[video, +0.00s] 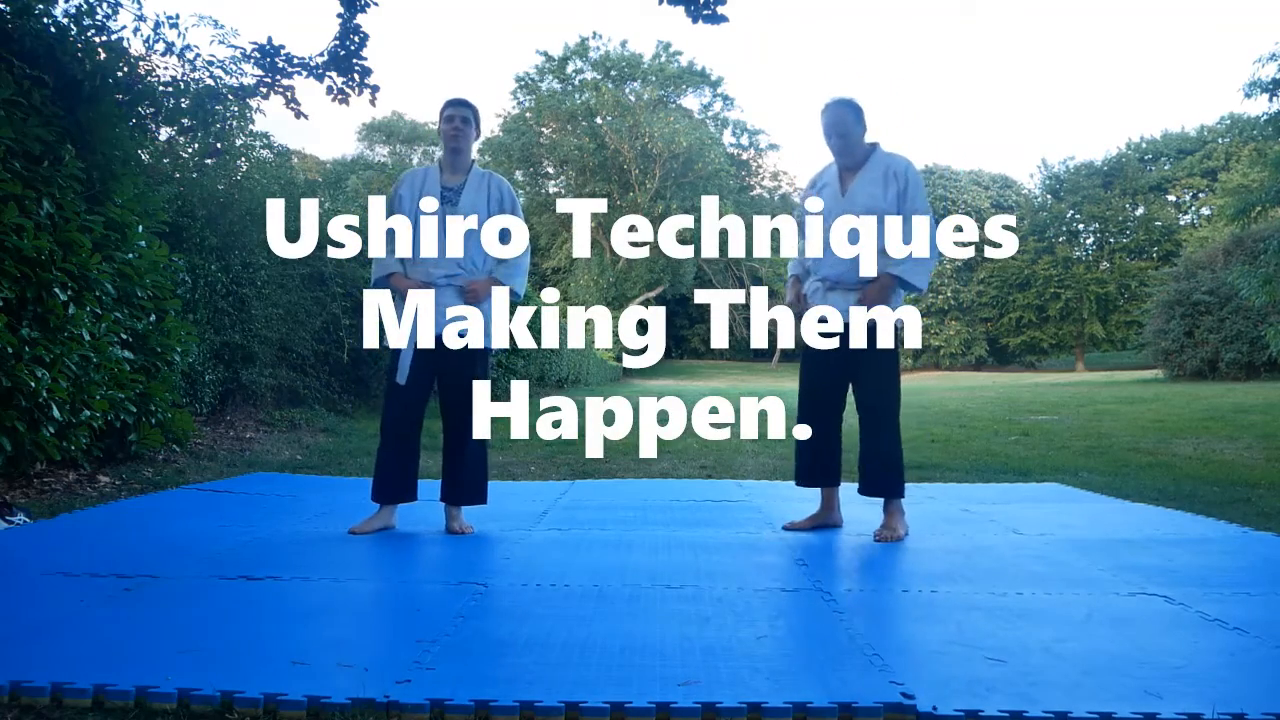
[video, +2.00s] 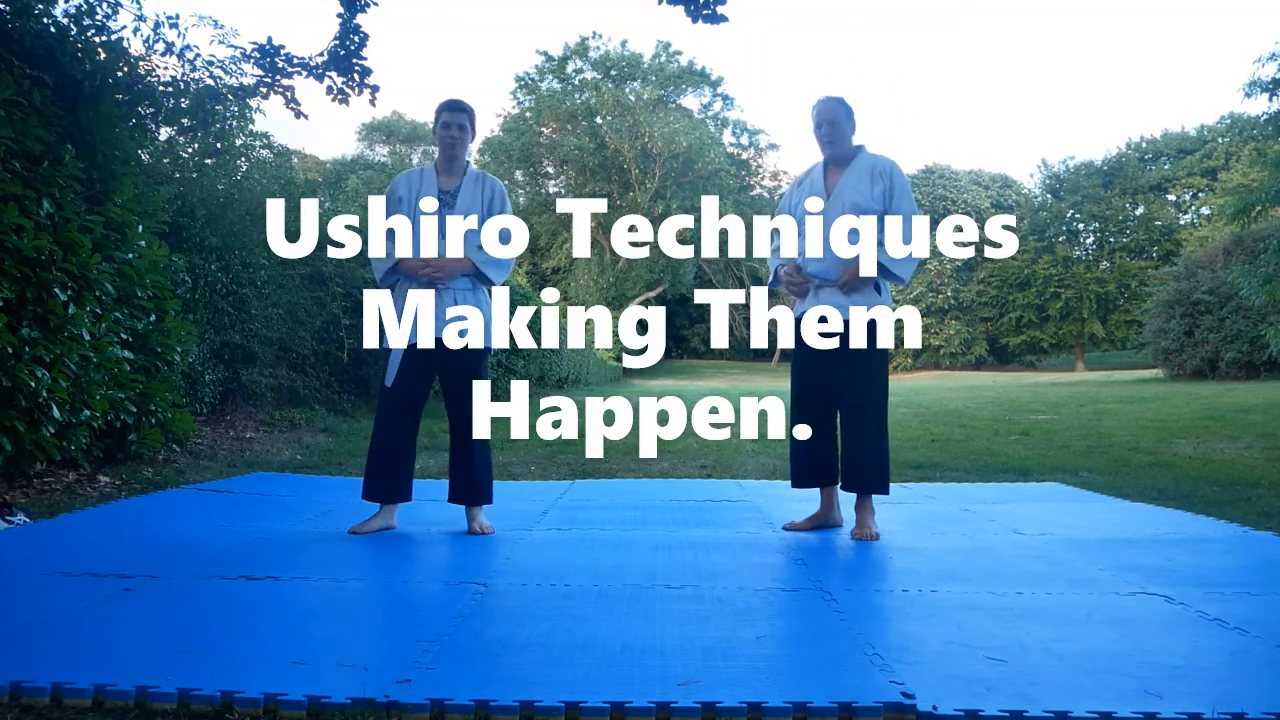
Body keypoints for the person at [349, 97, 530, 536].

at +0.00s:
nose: (455, 127)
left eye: (463, 122)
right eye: (448, 121)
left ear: (476, 133)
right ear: (438, 130)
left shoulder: (498, 188)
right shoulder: (410, 183)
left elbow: (517, 249)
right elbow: (386, 238)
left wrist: (492, 283)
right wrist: (397, 277)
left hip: (470, 313)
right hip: (415, 310)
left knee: (463, 412)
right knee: (400, 408)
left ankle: (455, 509)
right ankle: (387, 508)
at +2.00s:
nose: (452, 133)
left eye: (460, 127)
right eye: (446, 126)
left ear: (473, 137)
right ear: (434, 132)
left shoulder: (490, 188)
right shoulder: (405, 183)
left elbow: (501, 253)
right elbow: (382, 249)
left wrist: (458, 264)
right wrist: (413, 269)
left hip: (468, 316)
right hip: (411, 314)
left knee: (469, 412)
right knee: (396, 409)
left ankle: (475, 509)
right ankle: (387, 509)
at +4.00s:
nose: (456, 137)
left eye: (464, 131)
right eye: (449, 129)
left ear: (475, 139)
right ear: (435, 133)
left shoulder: (492, 190)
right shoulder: (406, 186)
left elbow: (504, 259)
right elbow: (389, 256)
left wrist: (457, 274)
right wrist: (421, 277)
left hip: (470, 322)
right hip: (414, 320)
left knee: (473, 415)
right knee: (399, 411)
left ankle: (475, 512)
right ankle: (387, 510)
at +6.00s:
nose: (452, 137)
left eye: (460, 131)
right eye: (446, 129)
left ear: (472, 139)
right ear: (433, 134)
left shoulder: (491, 190)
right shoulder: (405, 186)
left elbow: (503, 256)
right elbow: (383, 246)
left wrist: (457, 275)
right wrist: (412, 276)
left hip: (469, 321)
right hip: (413, 319)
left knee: (472, 420)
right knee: (397, 415)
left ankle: (475, 513)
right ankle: (387, 510)